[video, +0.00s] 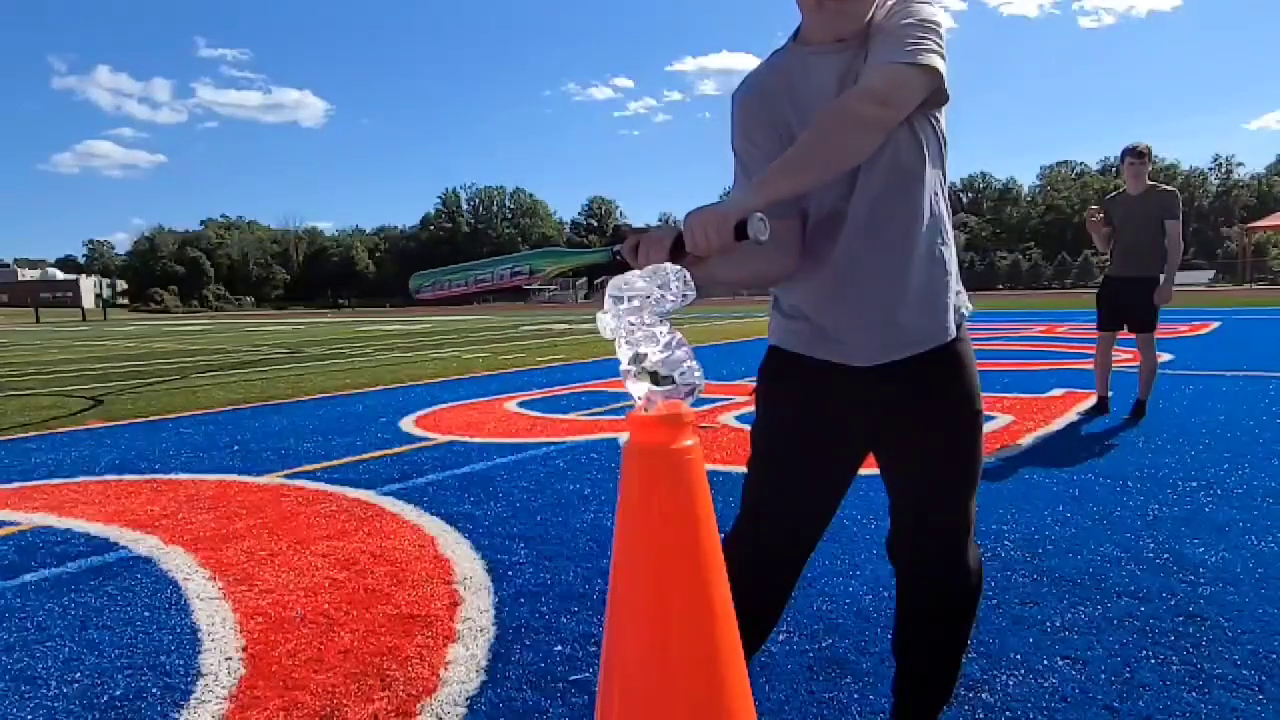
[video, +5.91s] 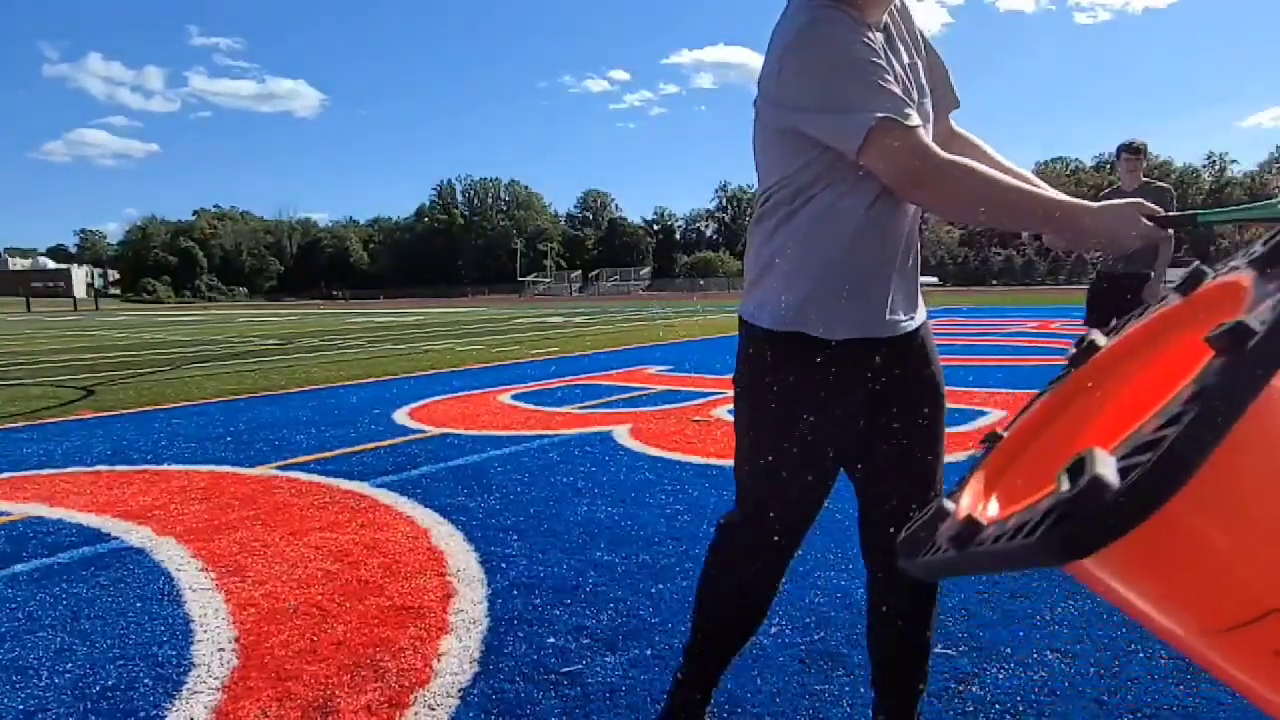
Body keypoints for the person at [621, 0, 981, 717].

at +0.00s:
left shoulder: (911, 17)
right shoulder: (760, 93)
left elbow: (893, 95)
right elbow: (778, 251)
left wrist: (746, 202)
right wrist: (677, 255)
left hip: (928, 355)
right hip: (810, 363)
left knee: (940, 568)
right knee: (756, 568)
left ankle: (917, 712)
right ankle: (686, 698)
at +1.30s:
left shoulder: (919, 20)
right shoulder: (774, 76)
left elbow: (924, 122)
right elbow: (797, 206)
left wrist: (866, 202)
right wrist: (788, 264)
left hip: (922, 355)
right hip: (811, 360)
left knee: (933, 559)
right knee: (765, 550)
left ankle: (912, 712)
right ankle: (686, 692)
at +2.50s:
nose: (867, 0)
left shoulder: (916, 20)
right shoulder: (783, 62)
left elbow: (946, 122)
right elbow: (821, 211)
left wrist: (961, 202)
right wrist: (912, 265)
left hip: (914, 328)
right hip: (808, 336)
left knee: (930, 544)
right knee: (773, 534)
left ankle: (908, 706)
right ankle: (703, 702)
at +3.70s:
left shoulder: (910, 21)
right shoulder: (790, 51)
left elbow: (974, 127)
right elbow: (854, 190)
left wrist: (1052, 215)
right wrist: (1027, 248)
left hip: (904, 342)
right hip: (803, 351)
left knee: (919, 545)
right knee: (767, 540)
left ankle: (924, 693)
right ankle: (703, 686)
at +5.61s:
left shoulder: (904, 25)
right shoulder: (814, 36)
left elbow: (956, 139)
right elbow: (914, 176)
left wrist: (1083, 218)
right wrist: (1081, 227)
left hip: (897, 343)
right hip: (798, 347)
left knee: (908, 554)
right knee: (765, 536)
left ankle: (900, 709)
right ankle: (690, 699)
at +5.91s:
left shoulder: (903, 29)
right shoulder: (819, 33)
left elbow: (952, 143)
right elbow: (918, 174)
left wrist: (1074, 218)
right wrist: (1079, 221)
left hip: (895, 341)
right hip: (798, 344)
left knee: (909, 552)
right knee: (764, 536)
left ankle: (898, 708)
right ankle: (689, 698)